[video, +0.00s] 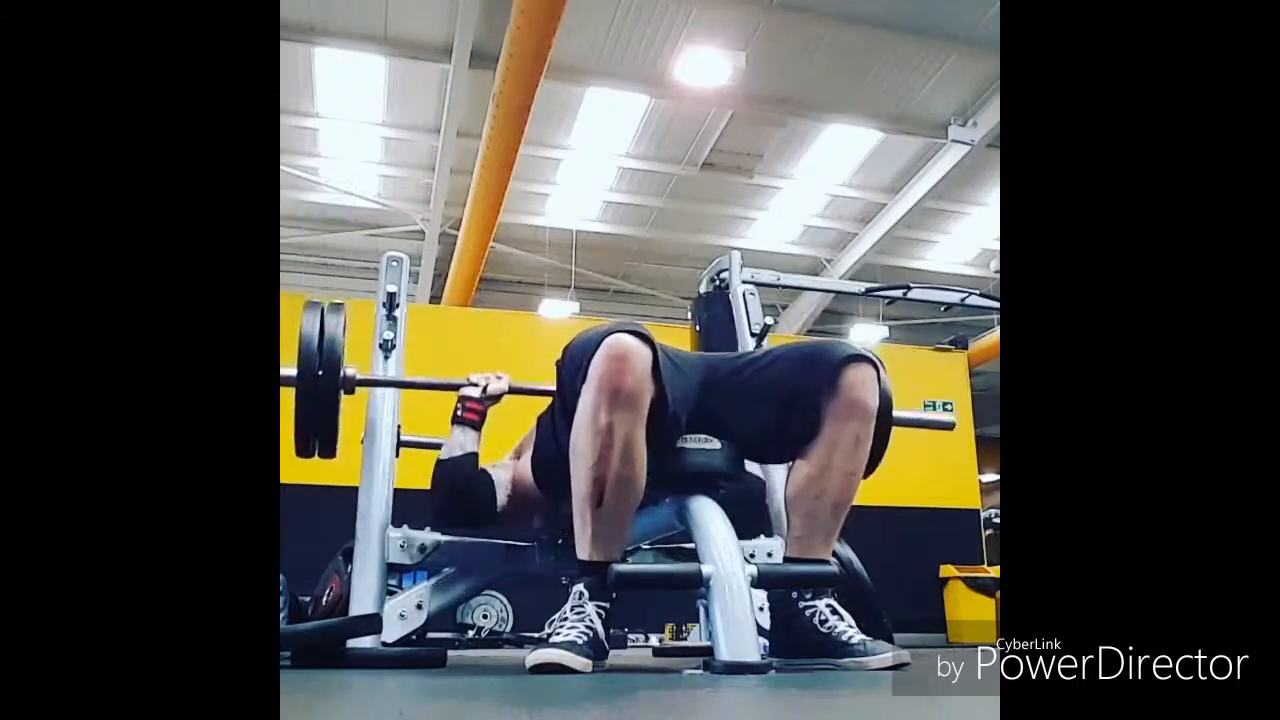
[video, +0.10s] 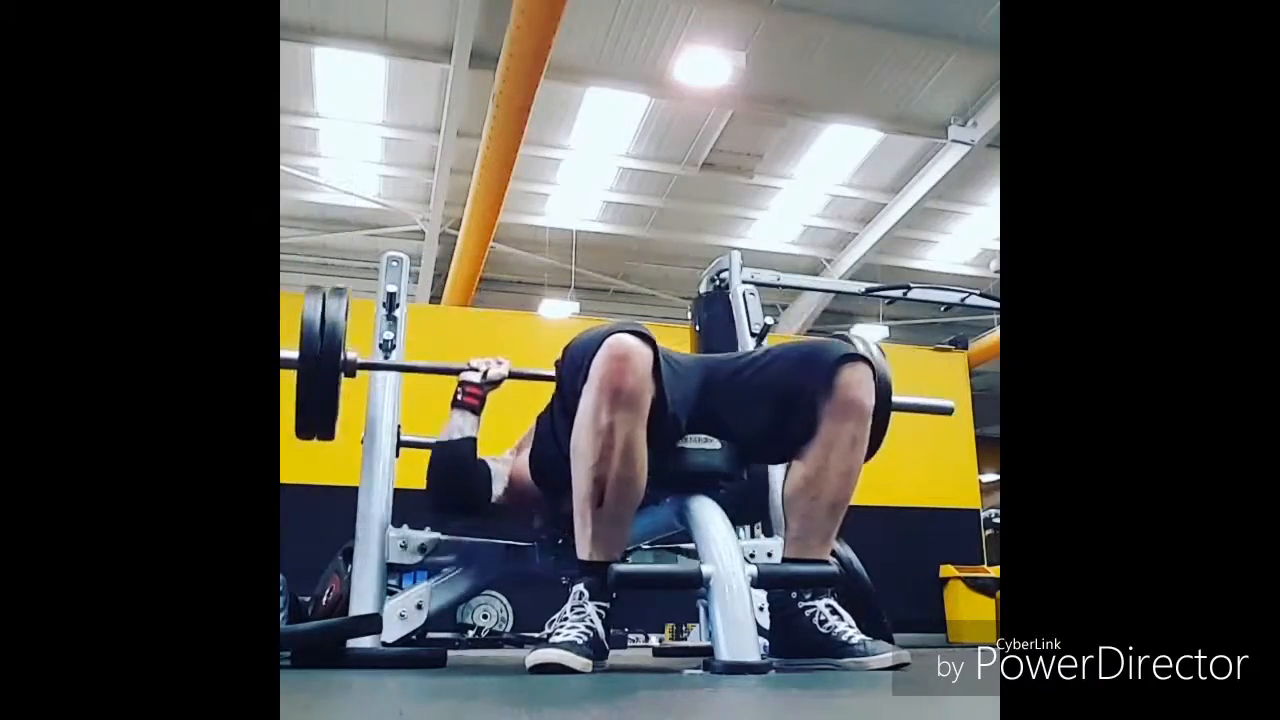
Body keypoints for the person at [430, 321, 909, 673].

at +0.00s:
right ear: (505, 497)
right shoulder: (530, 481)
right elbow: (456, 505)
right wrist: (470, 411)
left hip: (711, 375)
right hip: (631, 358)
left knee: (856, 379)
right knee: (621, 358)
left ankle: (801, 604)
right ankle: (587, 606)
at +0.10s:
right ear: (509, 501)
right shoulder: (531, 482)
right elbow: (453, 493)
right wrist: (468, 401)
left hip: (703, 378)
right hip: (624, 359)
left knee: (851, 377)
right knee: (622, 357)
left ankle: (801, 606)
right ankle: (588, 606)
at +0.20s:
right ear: (518, 495)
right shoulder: (520, 474)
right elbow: (445, 456)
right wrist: (470, 363)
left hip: (706, 374)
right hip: (628, 359)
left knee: (848, 376)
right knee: (619, 356)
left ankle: (802, 606)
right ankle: (587, 606)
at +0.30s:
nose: (503, 466)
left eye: (499, 466)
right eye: (498, 473)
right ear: (506, 475)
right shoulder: (530, 461)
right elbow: (448, 429)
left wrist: (711, 353)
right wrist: (468, 339)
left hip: (701, 389)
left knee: (848, 379)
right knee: (614, 354)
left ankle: (799, 611)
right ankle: (586, 610)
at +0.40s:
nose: (501, 449)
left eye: (504, 450)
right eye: (498, 456)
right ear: (504, 471)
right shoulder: (518, 471)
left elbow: (737, 408)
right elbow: (452, 407)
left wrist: (721, 336)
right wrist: (467, 315)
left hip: (691, 385)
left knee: (843, 377)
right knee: (618, 354)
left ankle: (800, 608)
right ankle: (585, 607)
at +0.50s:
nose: (497, 440)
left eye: (498, 440)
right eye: (493, 444)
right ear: (502, 462)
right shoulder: (524, 470)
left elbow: (736, 387)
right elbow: (461, 388)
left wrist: (716, 315)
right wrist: (468, 288)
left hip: (685, 385)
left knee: (840, 376)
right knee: (620, 353)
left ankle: (799, 608)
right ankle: (584, 605)